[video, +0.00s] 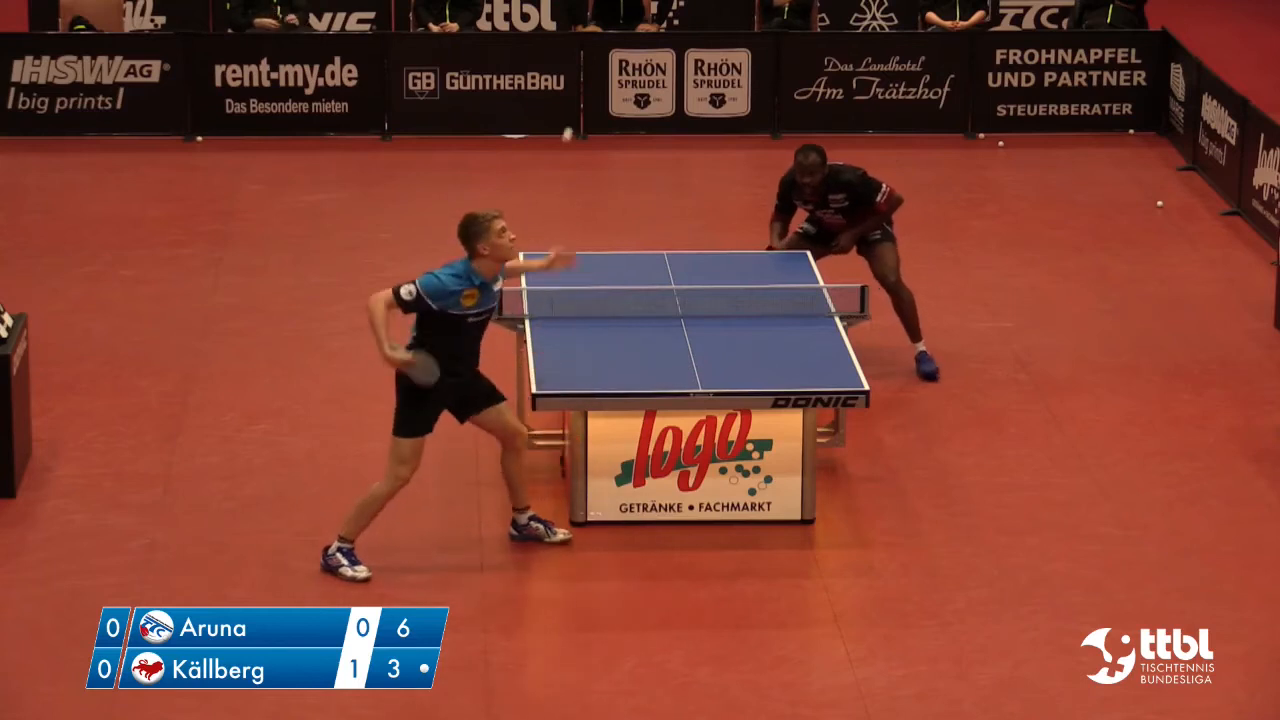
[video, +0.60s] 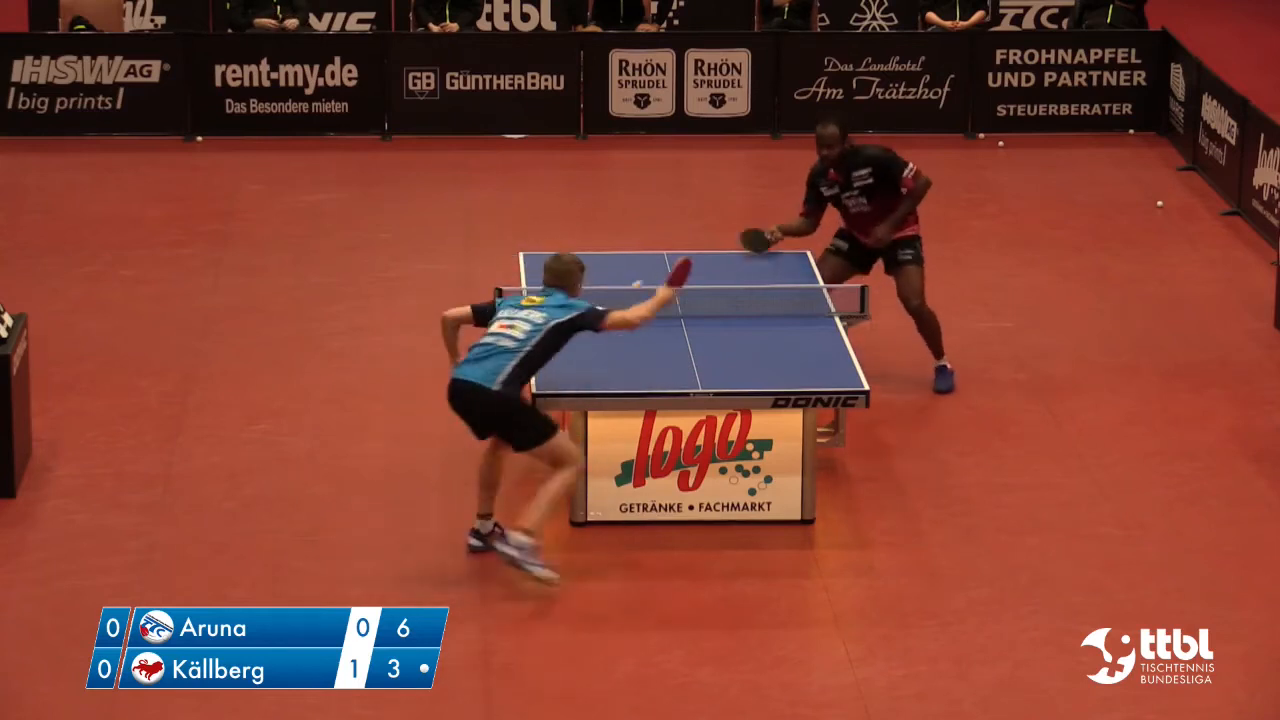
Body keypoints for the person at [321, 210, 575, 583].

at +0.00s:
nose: (513, 238)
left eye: (508, 231)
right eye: (503, 235)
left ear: (491, 247)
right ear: (482, 248)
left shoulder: (492, 272)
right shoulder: (444, 281)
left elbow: (508, 266)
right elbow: (379, 301)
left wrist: (545, 264)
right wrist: (386, 349)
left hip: (463, 377)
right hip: (422, 381)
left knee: (516, 435)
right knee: (400, 473)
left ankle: (523, 520)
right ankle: (339, 549)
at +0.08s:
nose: (519, 243)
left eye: (516, 237)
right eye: (511, 240)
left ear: (496, 252)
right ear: (489, 252)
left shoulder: (496, 280)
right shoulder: (447, 280)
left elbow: (503, 292)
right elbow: (381, 294)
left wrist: (542, 294)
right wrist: (401, 330)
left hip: (456, 373)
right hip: (416, 375)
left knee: (506, 432)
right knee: (395, 471)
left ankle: (520, 519)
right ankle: (338, 548)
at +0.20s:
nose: (544, 270)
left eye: (543, 263)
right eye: (539, 264)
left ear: (517, 269)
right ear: (516, 270)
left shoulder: (510, 296)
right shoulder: (466, 288)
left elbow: (493, 321)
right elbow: (406, 312)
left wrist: (520, 342)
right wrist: (450, 325)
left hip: (448, 371)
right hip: (412, 372)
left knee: (510, 417)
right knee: (395, 472)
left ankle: (495, 505)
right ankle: (339, 548)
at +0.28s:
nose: (565, 306)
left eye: (567, 299)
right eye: (561, 298)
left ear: (542, 296)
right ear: (538, 294)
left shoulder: (520, 317)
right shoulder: (496, 297)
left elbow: (502, 369)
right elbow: (434, 307)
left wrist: (507, 362)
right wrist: (483, 337)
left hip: (452, 378)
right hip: (418, 378)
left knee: (513, 420)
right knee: (406, 479)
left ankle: (477, 506)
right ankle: (342, 547)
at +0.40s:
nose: (581, 318)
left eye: (583, 312)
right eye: (580, 311)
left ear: (558, 299)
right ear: (565, 303)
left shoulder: (528, 316)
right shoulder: (526, 306)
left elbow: (474, 319)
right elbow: (549, 305)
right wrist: (579, 330)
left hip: (463, 390)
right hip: (438, 391)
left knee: (520, 441)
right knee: (465, 492)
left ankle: (486, 531)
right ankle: (373, 523)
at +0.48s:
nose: (581, 303)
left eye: (582, 298)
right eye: (582, 297)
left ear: (547, 288)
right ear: (574, 296)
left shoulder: (513, 307)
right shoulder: (553, 310)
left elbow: (458, 317)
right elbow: (598, 310)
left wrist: (452, 363)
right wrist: (630, 300)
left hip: (449, 386)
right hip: (463, 397)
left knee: (523, 439)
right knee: (516, 487)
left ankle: (486, 529)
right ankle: (422, 510)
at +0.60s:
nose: (582, 287)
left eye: (582, 282)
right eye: (581, 282)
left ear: (545, 280)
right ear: (576, 283)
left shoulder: (513, 302)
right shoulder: (573, 310)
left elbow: (450, 317)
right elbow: (632, 319)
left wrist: (455, 358)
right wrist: (661, 298)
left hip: (460, 389)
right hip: (496, 395)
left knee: (499, 441)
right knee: (571, 462)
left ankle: (484, 527)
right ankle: (523, 537)